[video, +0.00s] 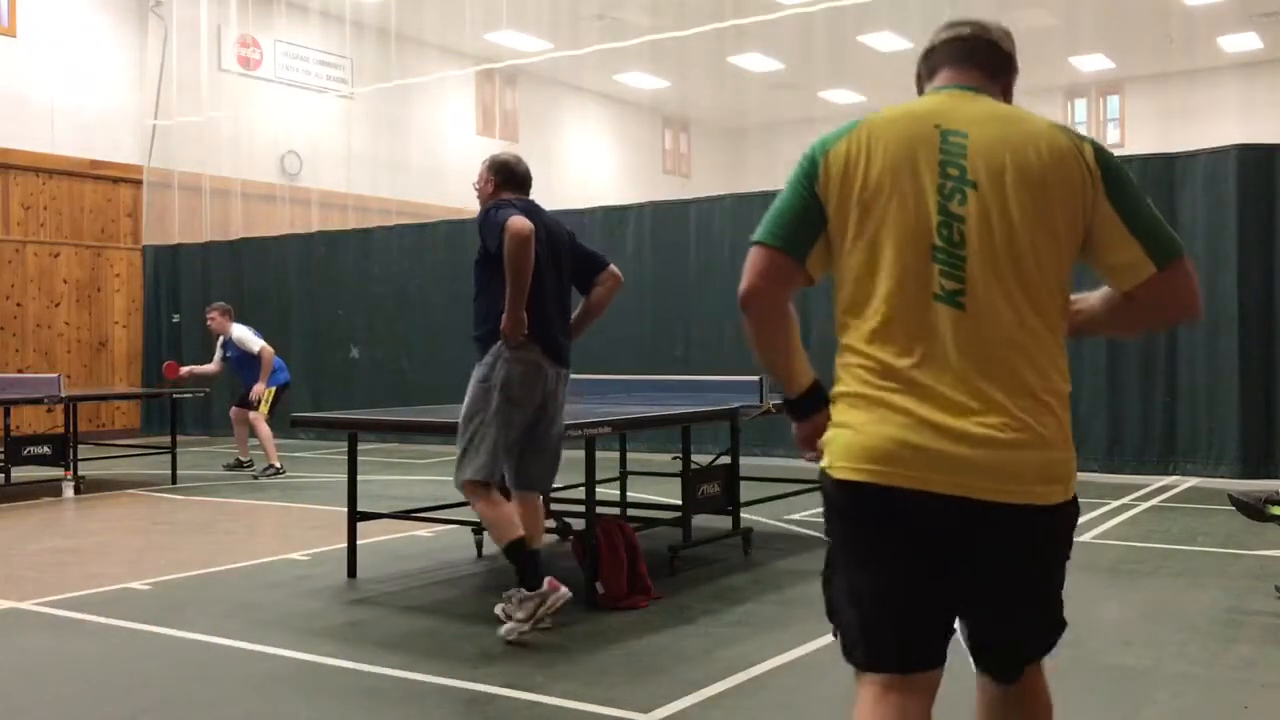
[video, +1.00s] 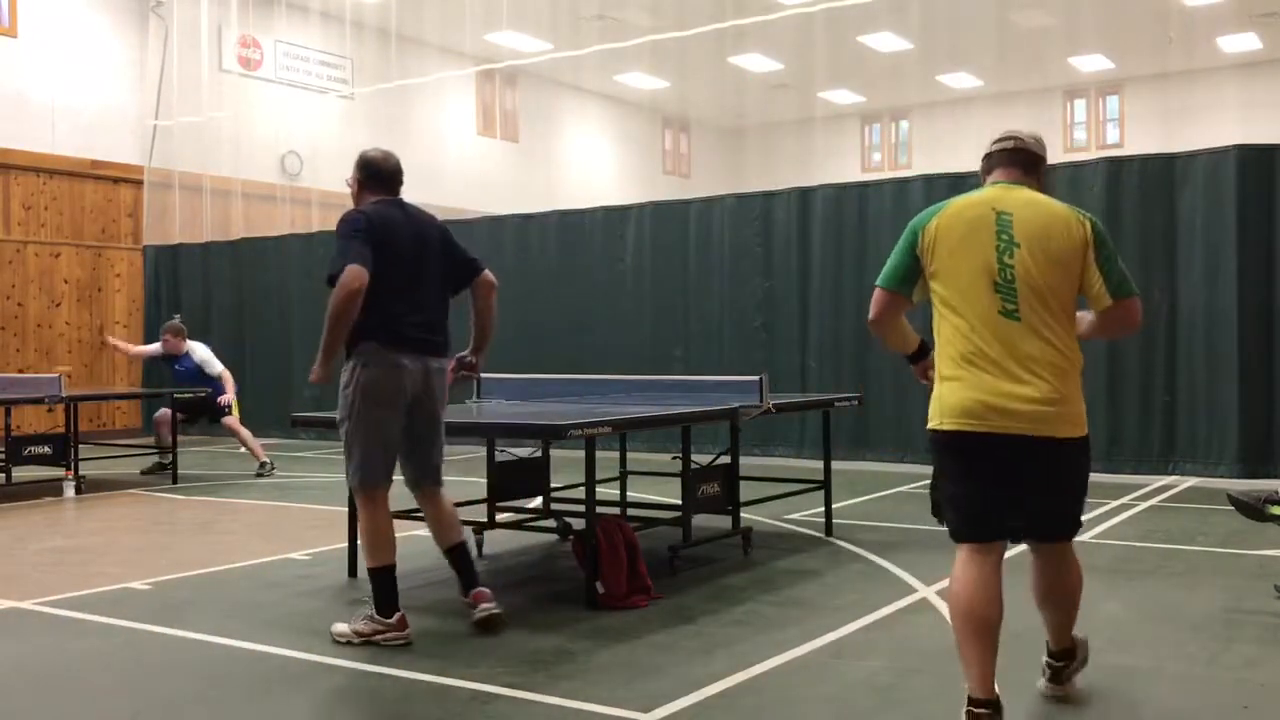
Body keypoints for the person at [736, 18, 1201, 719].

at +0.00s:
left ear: (922, 83)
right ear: (1011, 87)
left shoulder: (847, 147)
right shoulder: (1073, 153)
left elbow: (760, 288)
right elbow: (1173, 295)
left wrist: (804, 399)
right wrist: (1069, 313)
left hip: (876, 470)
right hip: (1022, 477)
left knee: (890, 682)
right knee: (1014, 671)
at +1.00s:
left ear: (983, 174)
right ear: (1041, 179)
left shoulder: (934, 220)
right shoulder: (1076, 224)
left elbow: (881, 315)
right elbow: (1126, 316)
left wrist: (918, 354)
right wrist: (1068, 325)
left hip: (963, 417)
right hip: (1052, 420)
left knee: (975, 551)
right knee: (1053, 541)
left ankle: (980, 702)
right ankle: (1060, 656)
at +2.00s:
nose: (979, 223)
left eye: (978, 217)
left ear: (980, 218)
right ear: (1021, 219)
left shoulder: (951, 255)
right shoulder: (1051, 257)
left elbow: (921, 311)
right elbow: (1090, 323)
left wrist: (955, 282)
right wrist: (1122, 375)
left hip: (978, 394)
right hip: (1039, 395)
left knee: (988, 487)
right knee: (1039, 485)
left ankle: (995, 598)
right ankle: (1042, 572)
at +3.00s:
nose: (936, 251)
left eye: (935, 247)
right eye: (937, 247)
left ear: (940, 245)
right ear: (970, 239)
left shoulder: (934, 272)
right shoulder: (1007, 272)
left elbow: (894, 299)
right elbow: (1034, 321)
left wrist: (911, 263)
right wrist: (1056, 367)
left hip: (951, 382)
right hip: (997, 383)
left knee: (959, 456)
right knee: (994, 450)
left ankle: (969, 540)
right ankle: (998, 522)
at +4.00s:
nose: (861, 263)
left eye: (861, 257)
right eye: (860, 258)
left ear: (869, 254)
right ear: (891, 252)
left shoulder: (872, 280)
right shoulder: (923, 283)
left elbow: (826, 299)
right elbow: (937, 328)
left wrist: (828, 268)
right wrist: (943, 370)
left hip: (885, 376)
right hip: (918, 375)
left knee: (896, 441)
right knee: (909, 432)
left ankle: (909, 506)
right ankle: (919, 490)